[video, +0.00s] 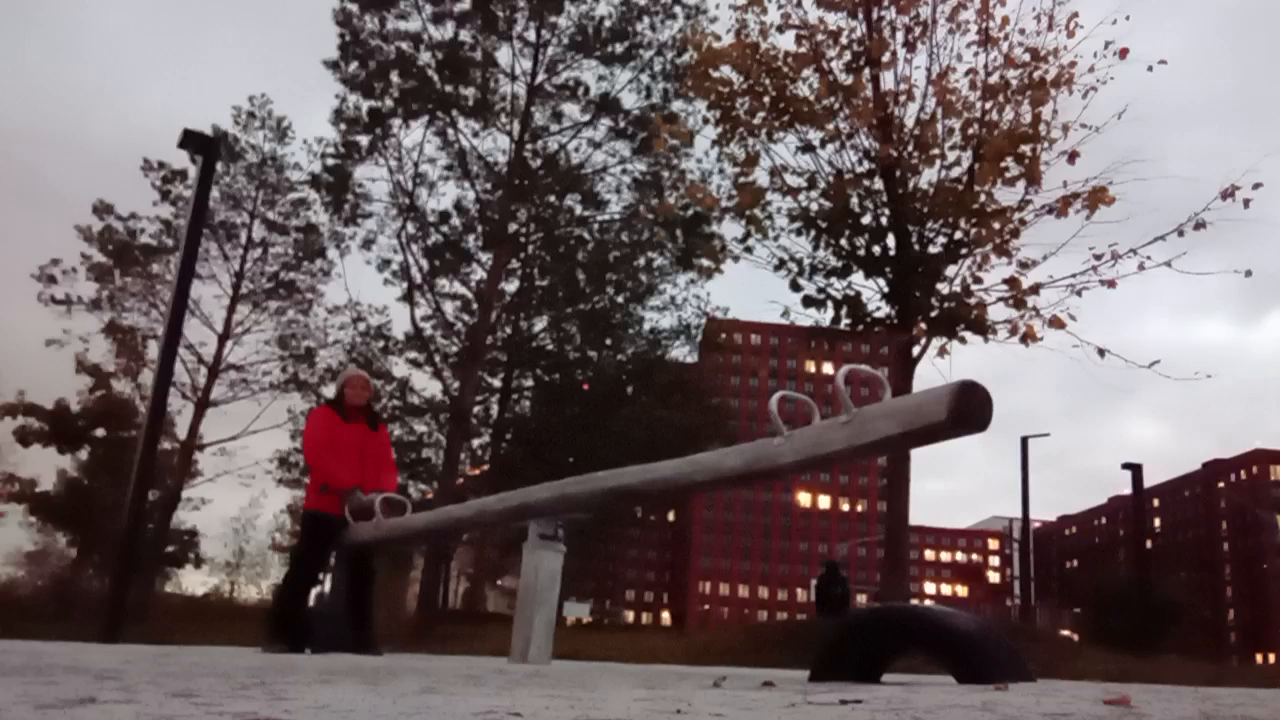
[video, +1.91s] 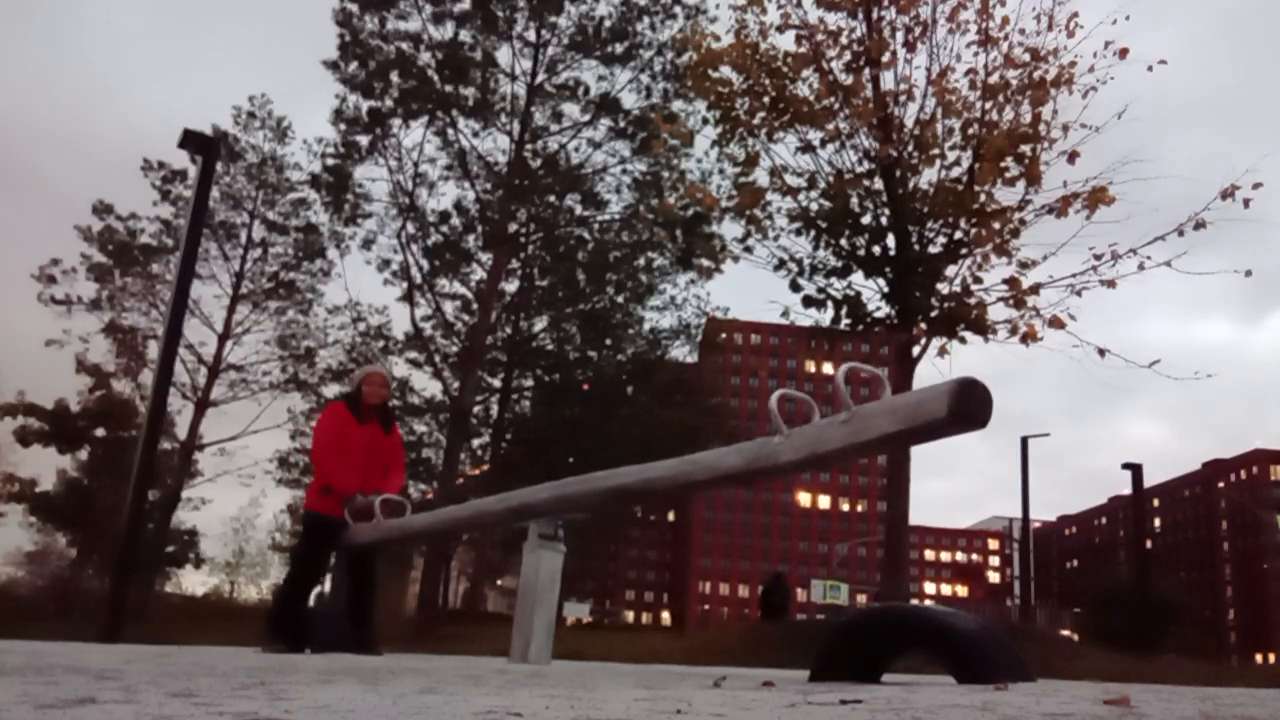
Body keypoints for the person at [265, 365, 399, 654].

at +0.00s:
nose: (359, 391)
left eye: (364, 387)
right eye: (353, 386)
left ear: (370, 394)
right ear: (342, 390)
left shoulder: (377, 427)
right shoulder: (322, 416)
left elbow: (387, 467)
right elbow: (316, 457)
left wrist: (385, 496)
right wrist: (345, 488)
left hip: (362, 515)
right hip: (323, 510)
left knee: (361, 578)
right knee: (304, 572)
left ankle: (361, 641)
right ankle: (282, 636)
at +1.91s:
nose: (374, 390)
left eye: (381, 385)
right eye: (369, 384)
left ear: (389, 392)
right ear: (358, 387)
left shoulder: (389, 428)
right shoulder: (336, 413)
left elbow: (397, 470)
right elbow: (321, 458)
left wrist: (385, 498)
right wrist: (347, 493)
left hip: (365, 517)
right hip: (325, 509)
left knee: (363, 581)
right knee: (307, 572)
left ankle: (361, 642)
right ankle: (282, 636)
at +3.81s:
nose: (362, 391)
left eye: (367, 386)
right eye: (356, 385)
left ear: (374, 392)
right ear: (345, 388)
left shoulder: (379, 426)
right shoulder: (323, 415)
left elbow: (387, 464)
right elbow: (316, 456)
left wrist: (381, 493)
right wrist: (344, 488)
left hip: (360, 514)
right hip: (322, 510)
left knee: (358, 580)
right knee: (304, 573)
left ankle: (359, 641)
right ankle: (281, 636)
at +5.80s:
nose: (369, 389)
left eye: (374, 384)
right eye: (364, 384)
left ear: (381, 390)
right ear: (351, 387)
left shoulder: (383, 425)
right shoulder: (331, 413)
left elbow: (391, 466)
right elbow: (319, 454)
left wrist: (380, 491)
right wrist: (348, 485)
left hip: (362, 514)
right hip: (324, 508)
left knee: (359, 579)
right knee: (304, 572)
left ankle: (361, 642)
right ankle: (282, 636)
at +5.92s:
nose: (371, 389)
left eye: (376, 384)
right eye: (365, 383)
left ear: (382, 390)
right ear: (352, 387)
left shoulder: (384, 426)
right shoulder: (331, 412)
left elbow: (391, 467)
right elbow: (320, 455)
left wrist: (382, 492)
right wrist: (349, 485)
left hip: (362, 514)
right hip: (325, 508)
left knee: (360, 579)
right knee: (304, 572)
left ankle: (361, 642)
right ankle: (282, 636)